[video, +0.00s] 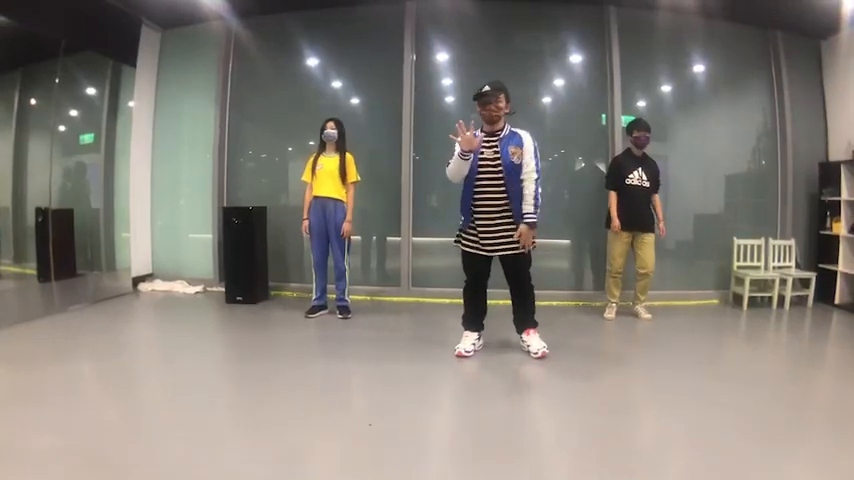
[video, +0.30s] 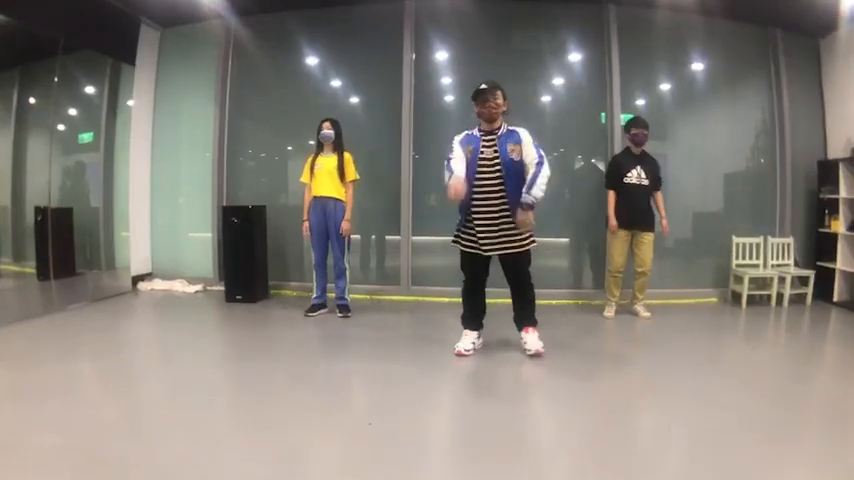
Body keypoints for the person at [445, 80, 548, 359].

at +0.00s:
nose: (491, 108)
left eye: (497, 103)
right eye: (486, 104)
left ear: (507, 106)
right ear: (478, 108)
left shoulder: (522, 139)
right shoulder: (468, 140)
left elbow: (530, 181)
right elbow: (454, 177)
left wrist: (528, 222)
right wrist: (465, 153)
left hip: (510, 225)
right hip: (475, 226)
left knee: (521, 281)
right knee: (474, 281)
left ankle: (528, 331)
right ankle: (472, 332)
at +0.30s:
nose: (491, 105)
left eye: (495, 100)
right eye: (485, 101)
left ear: (505, 104)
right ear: (476, 107)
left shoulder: (519, 136)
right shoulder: (463, 140)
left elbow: (540, 168)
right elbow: (455, 163)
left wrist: (527, 202)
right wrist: (456, 179)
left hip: (511, 222)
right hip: (474, 225)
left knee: (520, 278)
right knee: (473, 280)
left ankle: (528, 330)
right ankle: (471, 331)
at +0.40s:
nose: (503, 105)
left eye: (506, 101)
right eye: (496, 102)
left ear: (513, 106)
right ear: (484, 109)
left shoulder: (526, 140)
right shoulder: (469, 143)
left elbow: (548, 169)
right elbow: (459, 178)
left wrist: (527, 181)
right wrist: (454, 210)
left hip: (516, 227)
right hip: (478, 228)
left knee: (524, 281)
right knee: (475, 282)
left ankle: (531, 333)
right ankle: (473, 334)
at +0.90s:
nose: (530, 109)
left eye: (534, 103)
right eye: (523, 104)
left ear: (543, 105)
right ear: (513, 108)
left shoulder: (554, 141)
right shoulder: (498, 140)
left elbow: (557, 172)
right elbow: (484, 169)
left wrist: (544, 194)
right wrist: (481, 189)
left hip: (536, 223)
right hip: (499, 219)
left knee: (536, 280)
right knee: (484, 270)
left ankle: (535, 332)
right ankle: (482, 318)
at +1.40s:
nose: (506, 108)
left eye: (511, 102)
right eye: (500, 103)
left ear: (520, 108)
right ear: (490, 109)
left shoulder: (534, 141)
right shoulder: (473, 145)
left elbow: (562, 167)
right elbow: (464, 178)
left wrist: (568, 207)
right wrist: (443, 172)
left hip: (524, 227)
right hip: (485, 228)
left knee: (532, 283)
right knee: (482, 285)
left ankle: (537, 336)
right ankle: (479, 337)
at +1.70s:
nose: (508, 108)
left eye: (512, 103)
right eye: (501, 104)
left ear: (520, 108)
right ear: (490, 110)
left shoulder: (531, 143)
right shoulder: (475, 142)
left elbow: (540, 176)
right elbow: (468, 174)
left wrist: (548, 188)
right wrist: (482, 183)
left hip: (523, 228)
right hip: (486, 229)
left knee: (534, 284)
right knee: (479, 285)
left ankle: (540, 337)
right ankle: (474, 338)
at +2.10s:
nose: (514, 114)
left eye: (519, 109)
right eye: (508, 110)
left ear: (527, 114)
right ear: (497, 115)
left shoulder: (537, 152)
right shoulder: (478, 150)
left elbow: (542, 192)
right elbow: (470, 191)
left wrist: (545, 228)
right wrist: (468, 224)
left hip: (524, 235)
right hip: (486, 235)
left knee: (534, 290)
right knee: (474, 289)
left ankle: (540, 341)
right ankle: (465, 340)